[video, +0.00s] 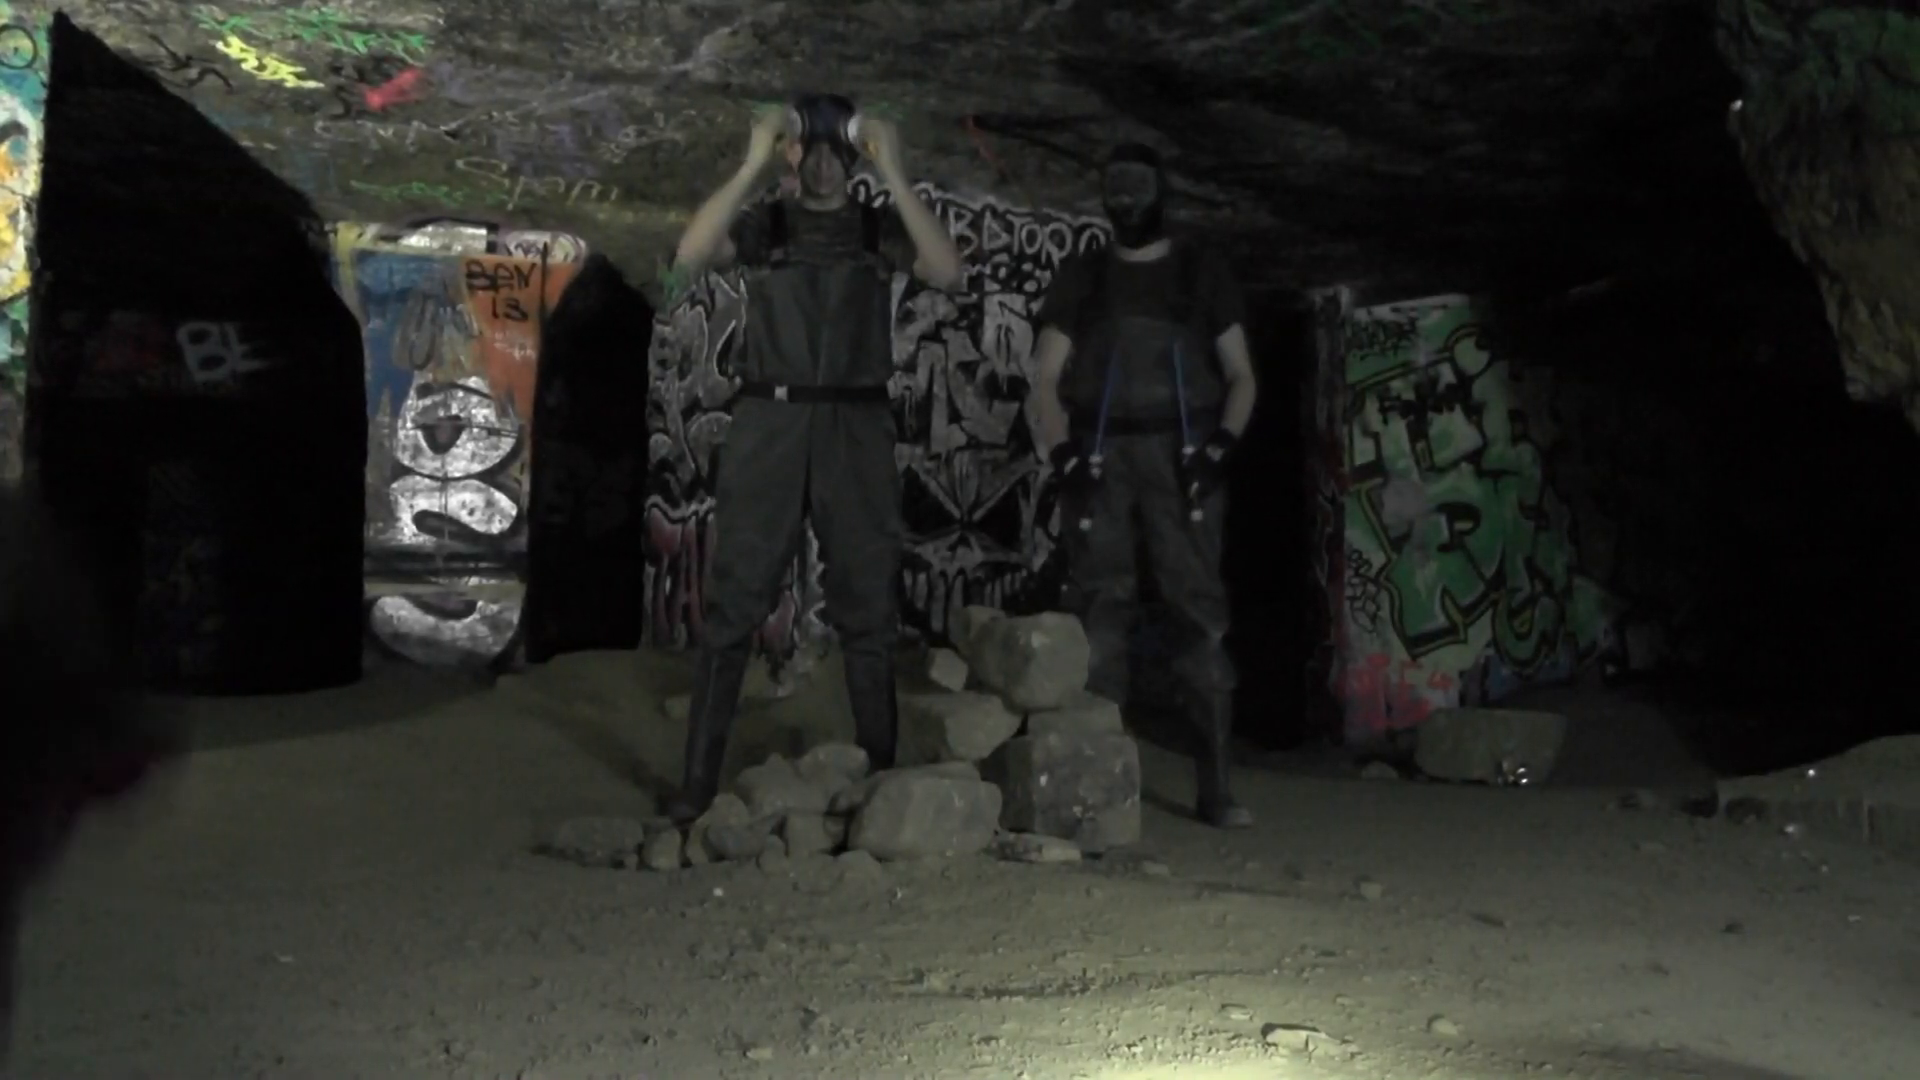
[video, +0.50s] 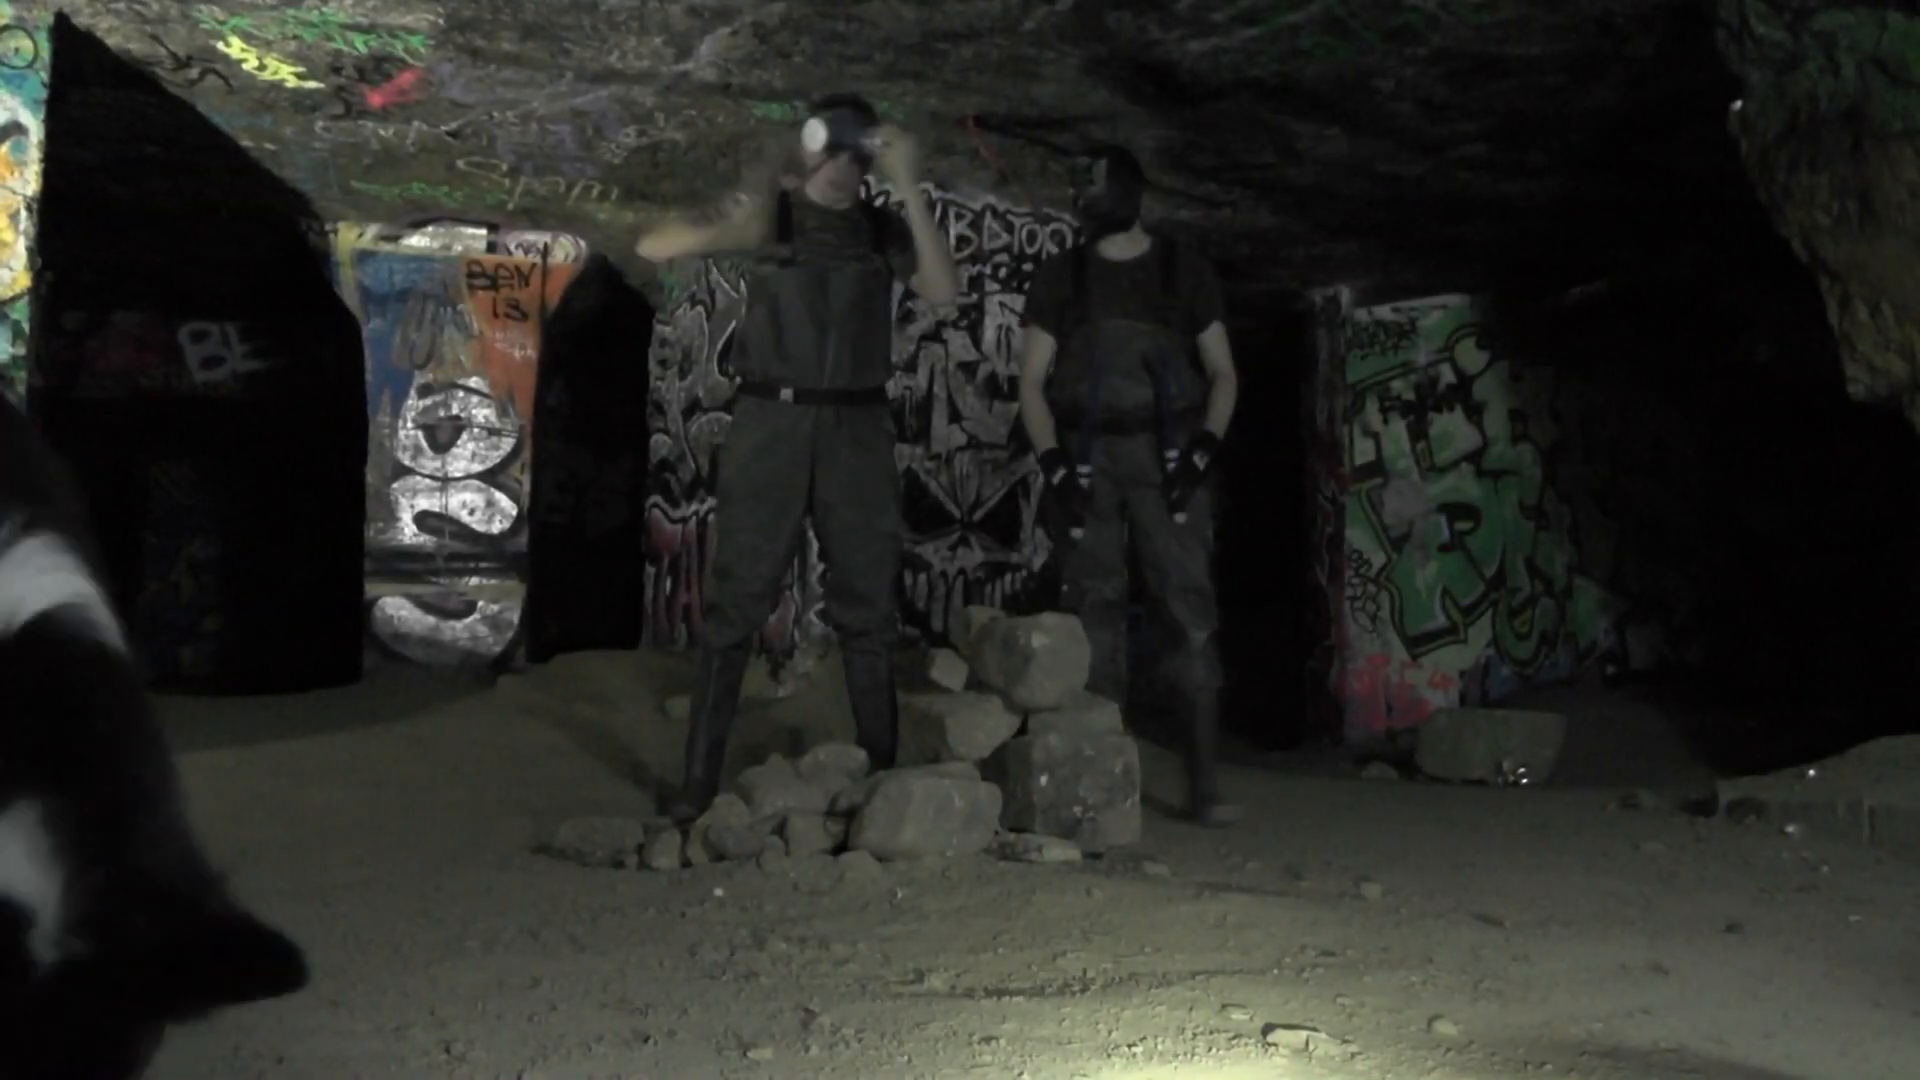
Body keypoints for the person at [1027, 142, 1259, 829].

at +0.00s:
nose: (1126, 200)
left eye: (1137, 187)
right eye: (1116, 187)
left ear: (1161, 195)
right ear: (1101, 196)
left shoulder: (1199, 271)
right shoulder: (1083, 273)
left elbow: (1242, 376)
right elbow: (1044, 381)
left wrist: (1219, 446)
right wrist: (1064, 464)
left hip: (1182, 468)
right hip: (1099, 470)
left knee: (1198, 619)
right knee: (1100, 620)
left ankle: (1215, 785)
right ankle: (1096, 783)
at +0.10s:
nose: (1115, 214)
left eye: (1128, 202)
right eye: (1106, 203)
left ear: (1151, 202)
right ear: (1093, 205)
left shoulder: (1193, 273)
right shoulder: (1074, 276)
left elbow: (1235, 376)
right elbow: (1039, 383)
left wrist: (1214, 446)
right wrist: (1061, 465)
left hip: (1176, 467)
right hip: (1094, 471)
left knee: (1195, 618)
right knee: (1098, 619)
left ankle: (1215, 784)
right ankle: (1096, 782)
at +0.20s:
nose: (1108, 198)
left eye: (1119, 186)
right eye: (1101, 187)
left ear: (1142, 195)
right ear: (1092, 202)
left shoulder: (1190, 275)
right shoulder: (1066, 279)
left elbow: (1229, 378)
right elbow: (1035, 384)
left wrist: (1208, 450)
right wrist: (1058, 468)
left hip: (1171, 467)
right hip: (1090, 470)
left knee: (1194, 620)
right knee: (1095, 621)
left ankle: (1214, 785)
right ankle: (1097, 784)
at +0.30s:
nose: (1101, 198)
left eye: (1111, 184)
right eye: (1095, 186)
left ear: (1136, 195)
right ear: (1085, 199)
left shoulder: (1185, 274)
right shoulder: (1062, 278)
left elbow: (1224, 377)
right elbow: (1032, 383)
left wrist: (1204, 451)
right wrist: (1055, 468)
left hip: (1167, 466)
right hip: (1087, 469)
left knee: (1191, 620)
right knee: (1094, 621)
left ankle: (1212, 784)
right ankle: (1096, 784)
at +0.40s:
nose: (1090, 197)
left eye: (1102, 185)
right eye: (1085, 186)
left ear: (1132, 195)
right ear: (1079, 197)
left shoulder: (1181, 271)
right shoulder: (1061, 276)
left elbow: (1223, 376)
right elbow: (1030, 382)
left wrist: (1203, 448)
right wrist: (1055, 466)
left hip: (1166, 465)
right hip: (1087, 468)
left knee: (1190, 619)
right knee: (1094, 620)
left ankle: (1210, 782)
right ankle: (1095, 783)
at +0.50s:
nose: (1091, 198)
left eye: (1103, 185)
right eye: (1086, 186)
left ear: (1133, 194)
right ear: (1078, 198)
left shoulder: (1181, 269)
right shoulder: (1061, 276)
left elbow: (1223, 373)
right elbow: (1030, 382)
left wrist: (1204, 446)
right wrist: (1054, 465)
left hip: (1167, 464)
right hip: (1087, 467)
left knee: (1189, 618)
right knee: (1094, 619)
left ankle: (1203, 781)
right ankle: (1096, 782)